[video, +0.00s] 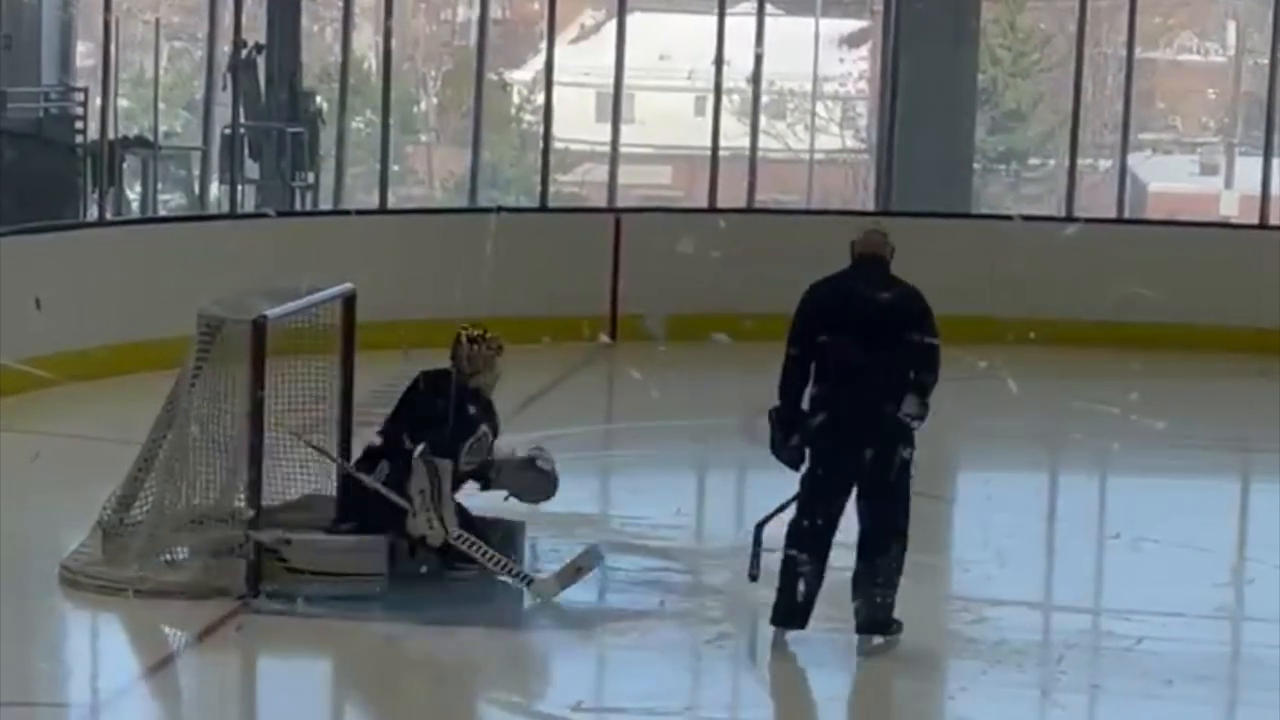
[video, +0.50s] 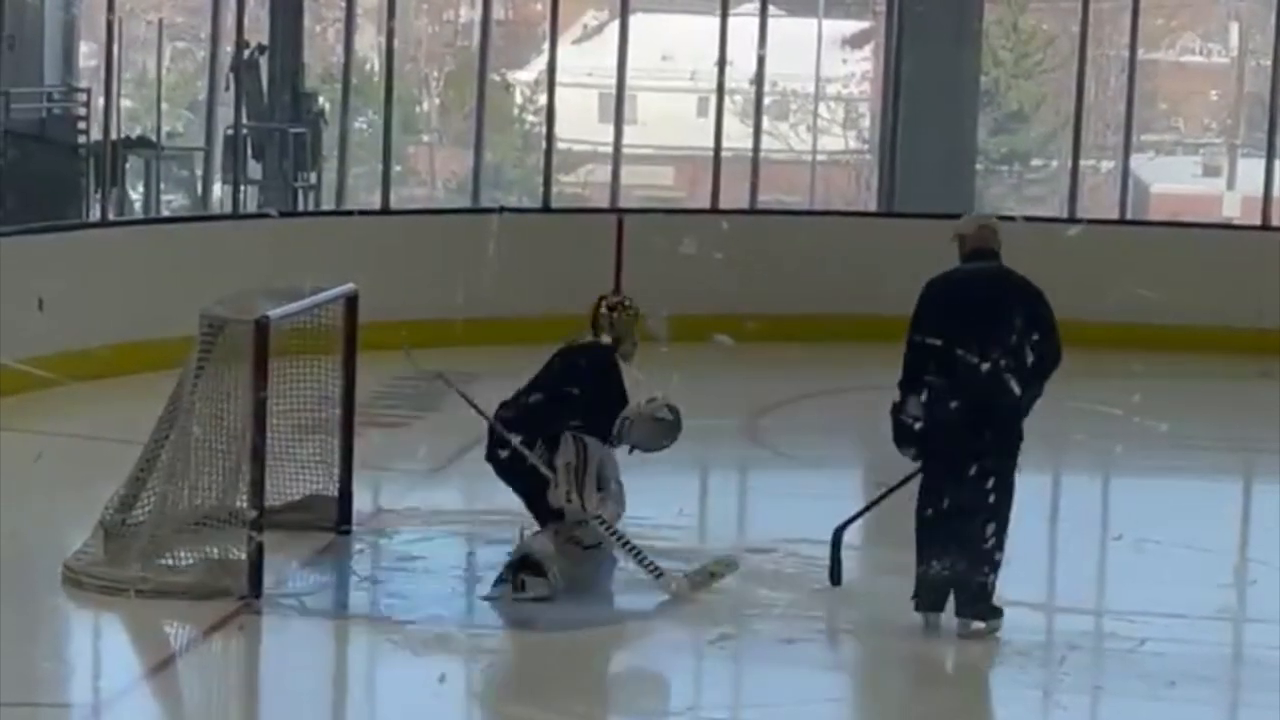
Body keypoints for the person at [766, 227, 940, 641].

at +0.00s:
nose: (877, 261)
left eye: (868, 252)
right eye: (886, 254)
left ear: (852, 255)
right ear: (890, 258)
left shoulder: (821, 294)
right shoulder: (910, 301)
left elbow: (796, 364)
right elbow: (926, 365)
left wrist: (787, 422)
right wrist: (909, 415)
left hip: (832, 427)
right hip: (888, 433)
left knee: (814, 517)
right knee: (884, 526)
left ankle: (789, 609)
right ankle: (874, 618)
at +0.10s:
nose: (897, 260)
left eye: (889, 252)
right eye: (908, 254)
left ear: (875, 255)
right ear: (914, 257)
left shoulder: (849, 295)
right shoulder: (937, 300)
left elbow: (824, 361)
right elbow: (954, 366)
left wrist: (812, 416)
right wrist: (931, 410)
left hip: (857, 427)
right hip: (914, 434)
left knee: (833, 513)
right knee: (907, 523)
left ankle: (801, 604)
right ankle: (892, 615)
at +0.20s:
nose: (916, 261)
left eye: (908, 253)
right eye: (928, 254)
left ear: (899, 253)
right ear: (938, 255)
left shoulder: (876, 293)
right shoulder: (965, 300)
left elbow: (852, 363)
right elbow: (978, 366)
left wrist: (839, 420)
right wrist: (954, 416)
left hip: (880, 427)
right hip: (938, 435)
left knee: (855, 511)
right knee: (928, 523)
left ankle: (818, 602)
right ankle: (910, 616)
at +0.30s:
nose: (927, 258)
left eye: (923, 251)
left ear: (922, 251)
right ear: (960, 252)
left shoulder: (899, 292)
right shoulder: (988, 297)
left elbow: (874, 365)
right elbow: (1004, 365)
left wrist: (863, 423)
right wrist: (973, 415)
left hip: (901, 426)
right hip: (957, 432)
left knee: (882, 509)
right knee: (948, 522)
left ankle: (853, 597)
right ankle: (930, 612)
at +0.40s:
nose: (943, 255)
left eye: (943, 248)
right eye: (952, 248)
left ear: (943, 249)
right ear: (980, 251)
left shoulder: (920, 292)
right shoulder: (1009, 295)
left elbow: (896, 362)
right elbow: (1028, 358)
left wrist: (886, 420)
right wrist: (995, 405)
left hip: (923, 425)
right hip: (977, 429)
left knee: (910, 507)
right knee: (967, 515)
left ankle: (894, 601)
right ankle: (952, 609)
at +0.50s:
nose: (958, 250)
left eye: (959, 243)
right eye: (967, 243)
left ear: (961, 246)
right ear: (998, 247)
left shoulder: (939, 290)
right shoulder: (1026, 292)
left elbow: (916, 360)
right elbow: (1048, 354)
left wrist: (908, 427)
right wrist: (1018, 404)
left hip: (946, 419)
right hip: (998, 422)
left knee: (937, 505)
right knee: (988, 511)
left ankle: (930, 600)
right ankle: (975, 609)